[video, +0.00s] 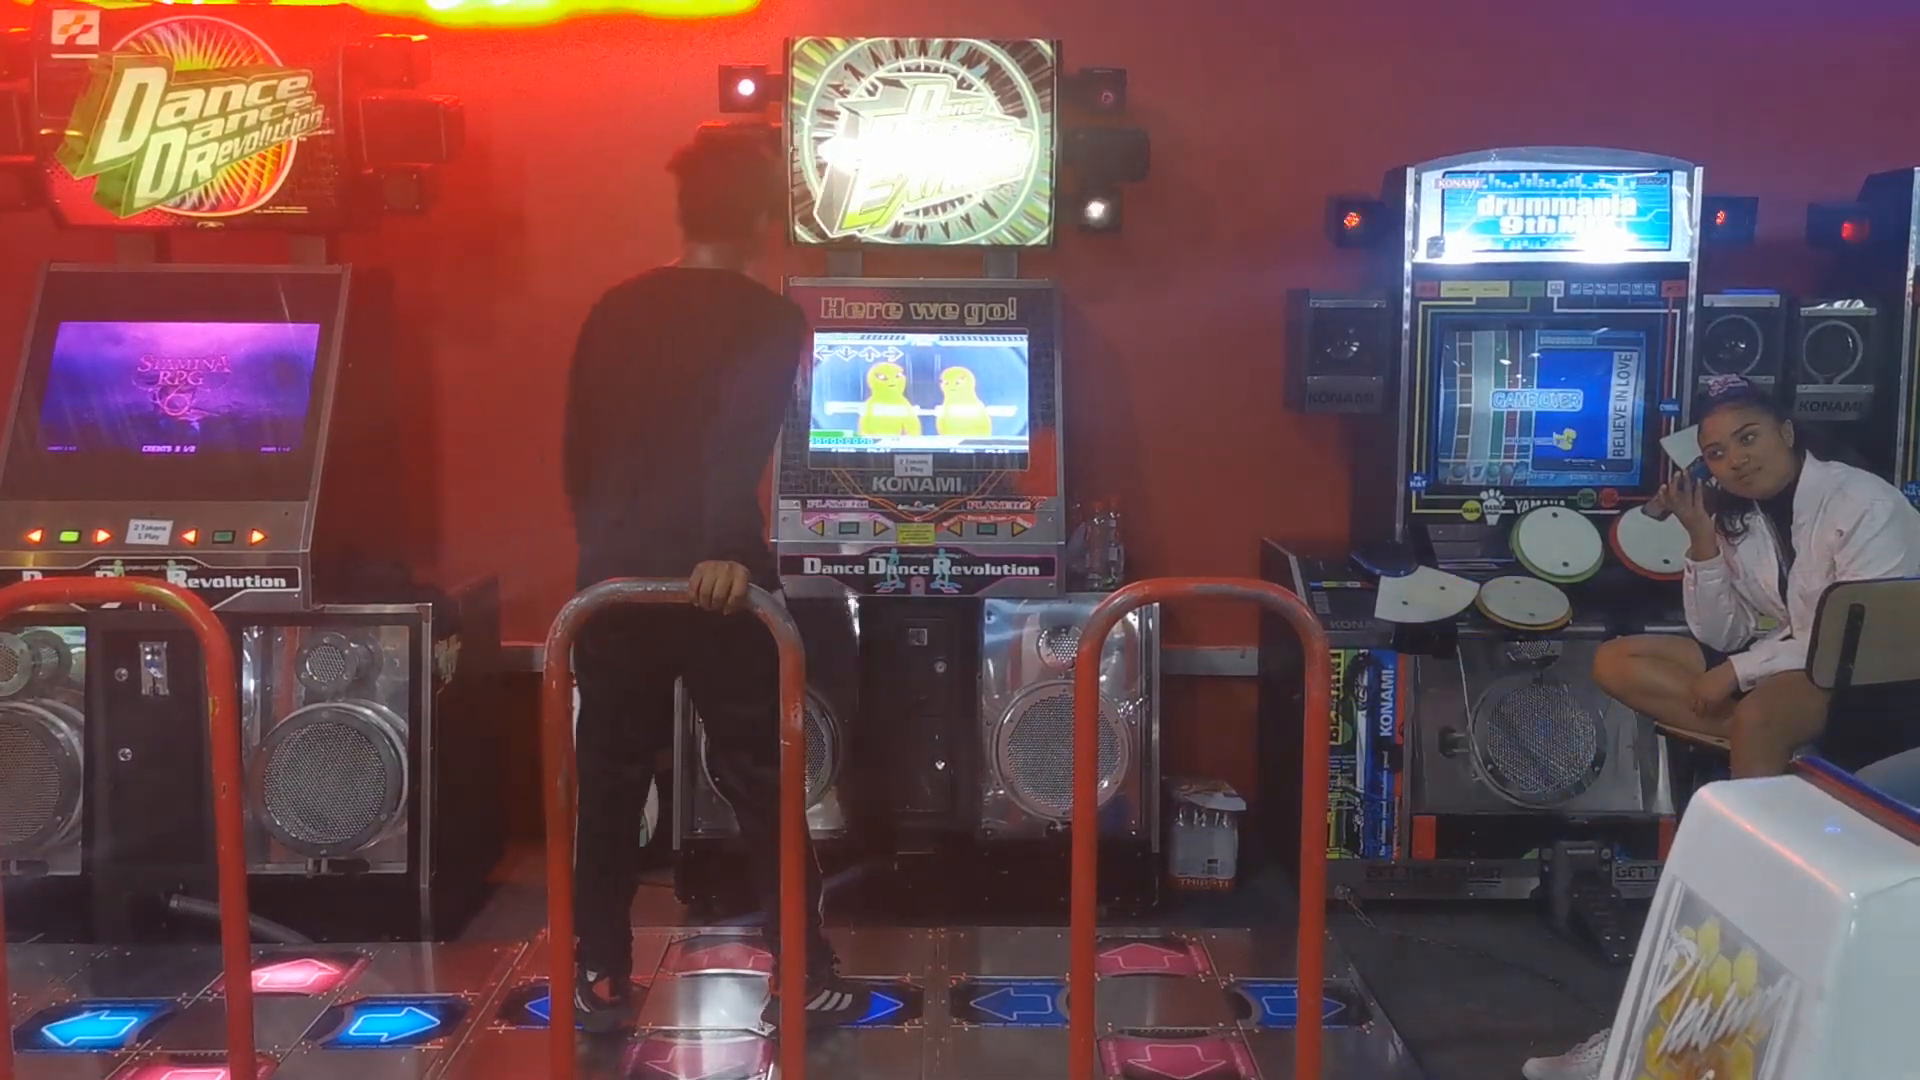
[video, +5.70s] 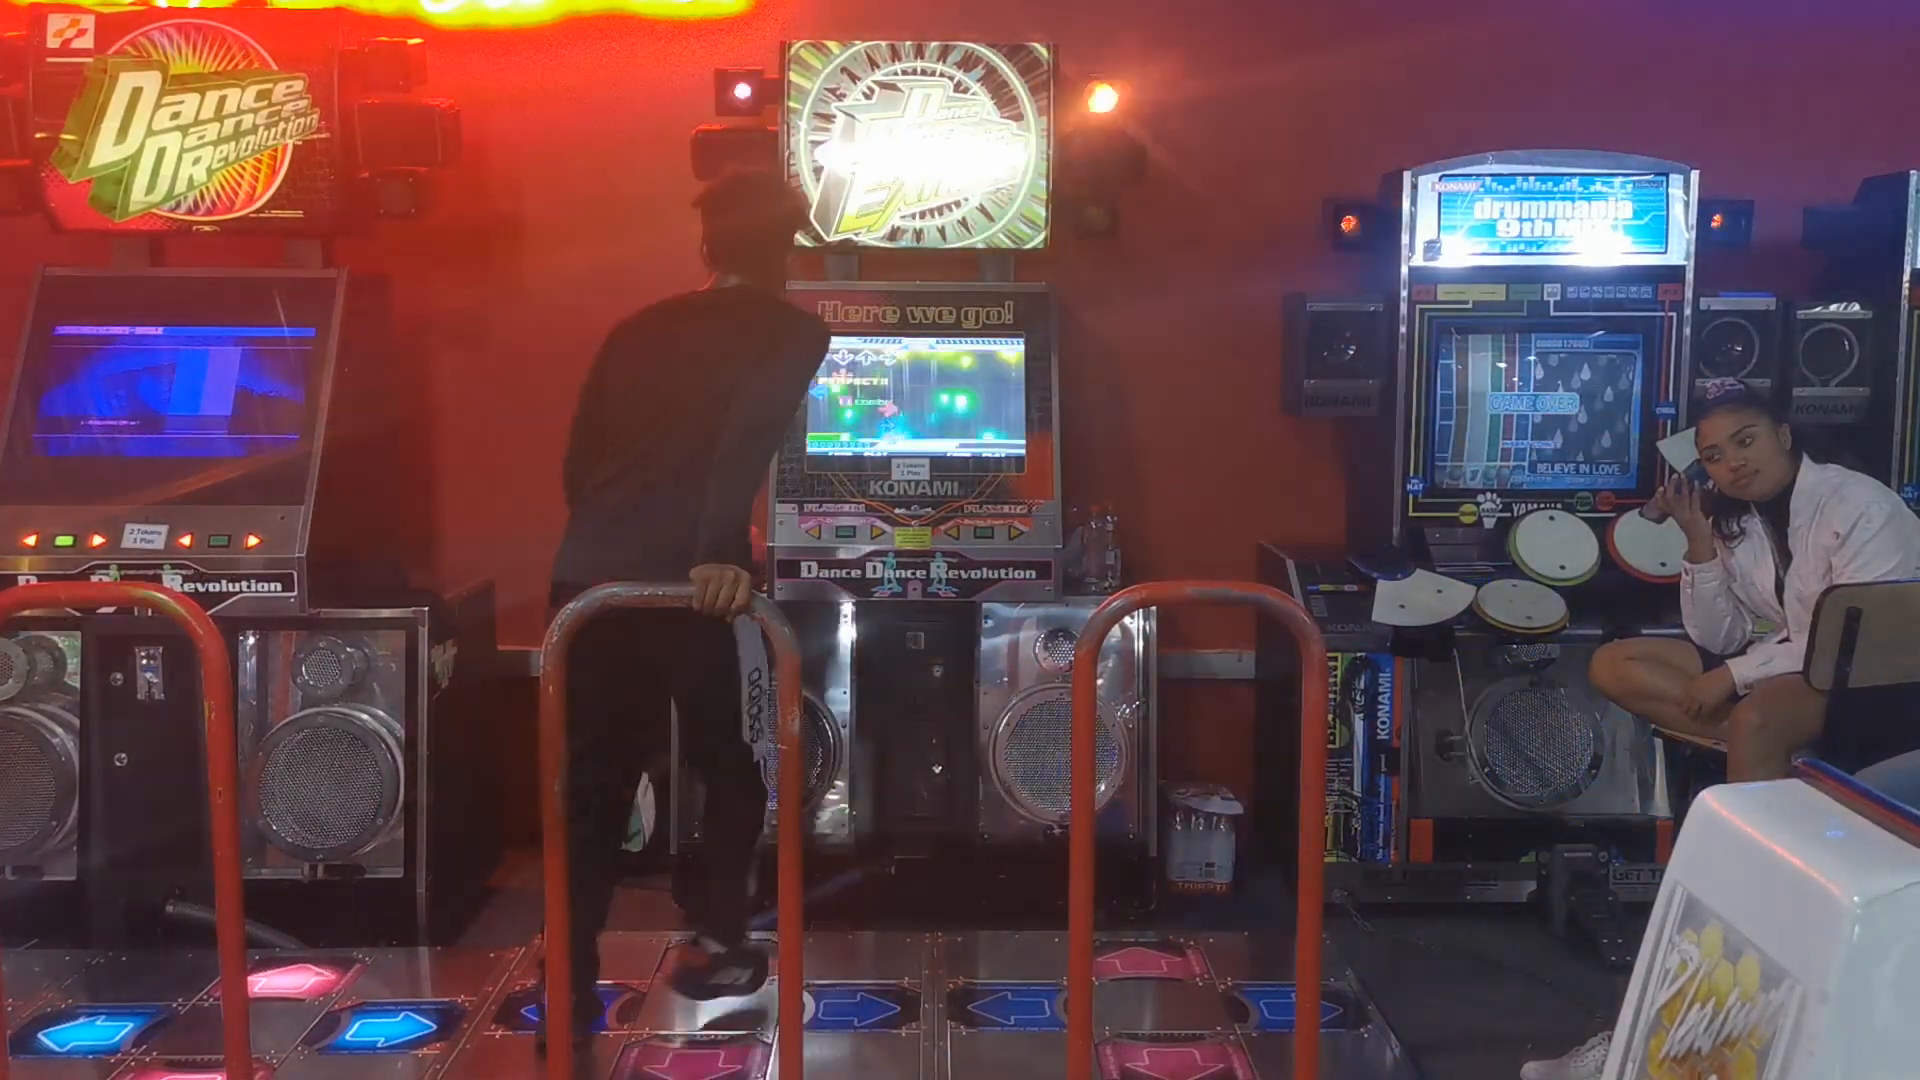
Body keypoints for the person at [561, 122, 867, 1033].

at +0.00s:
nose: (779, 226)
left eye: (775, 210)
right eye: (776, 210)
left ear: (683, 214)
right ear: (762, 217)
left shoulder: (616, 308)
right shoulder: (771, 317)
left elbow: (581, 447)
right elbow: (744, 431)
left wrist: (605, 543)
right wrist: (725, 534)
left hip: (616, 575)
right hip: (724, 578)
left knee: (611, 780)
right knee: (761, 771)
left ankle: (601, 976)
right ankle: (805, 973)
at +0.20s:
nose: (743, 223)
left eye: (737, 208)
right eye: (740, 210)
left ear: (656, 214)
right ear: (727, 218)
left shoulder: (591, 313)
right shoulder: (757, 319)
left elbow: (531, 446)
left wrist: (470, 561)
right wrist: (734, 541)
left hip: (607, 579)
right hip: (719, 581)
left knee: (601, 786)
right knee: (763, 778)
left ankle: (599, 980)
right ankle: (796, 968)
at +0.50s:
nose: (779, 220)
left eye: (774, 205)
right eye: (774, 206)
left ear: (686, 212)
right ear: (758, 215)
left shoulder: (626, 312)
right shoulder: (786, 318)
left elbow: (577, 452)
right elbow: (769, 444)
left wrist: (540, 578)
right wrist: (736, 545)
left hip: (640, 578)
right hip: (747, 582)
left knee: (625, 783)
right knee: (768, 782)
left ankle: (602, 974)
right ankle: (806, 970)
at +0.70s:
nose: (811, 221)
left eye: (804, 206)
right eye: (809, 208)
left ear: (723, 213)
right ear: (797, 215)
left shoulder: (659, 311)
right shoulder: (812, 318)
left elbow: (632, 447)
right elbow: (772, 432)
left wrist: (668, 533)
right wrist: (732, 544)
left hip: (662, 570)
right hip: (765, 575)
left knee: (639, 774)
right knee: (792, 782)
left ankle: (605, 971)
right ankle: (801, 979)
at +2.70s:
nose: (754, 247)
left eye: (743, 231)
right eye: (755, 234)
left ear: (670, 232)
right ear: (746, 240)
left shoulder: (593, 322)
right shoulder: (762, 336)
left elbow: (549, 469)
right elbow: (745, 442)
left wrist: (543, 592)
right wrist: (729, 546)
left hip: (603, 576)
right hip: (711, 582)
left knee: (599, 781)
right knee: (737, 756)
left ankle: (599, 979)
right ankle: (754, 919)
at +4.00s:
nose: (858, 237)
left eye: (846, 222)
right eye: (854, 224)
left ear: (770, 233)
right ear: (847, 234)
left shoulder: (702, 319)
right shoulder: (860, 325)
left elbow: (660, 459)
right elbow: (800, 434)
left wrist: (678, 568)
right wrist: (733, 545)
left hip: (695, 567)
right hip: (803, 560)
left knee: (676, 752)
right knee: (826, 764)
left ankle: (693, 949)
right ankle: (824, 974)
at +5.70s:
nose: (781, 260)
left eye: (760, 242)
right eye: (783, 245)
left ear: (710, 246)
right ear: (784, 247)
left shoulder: (637, 328)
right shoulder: (796, 331)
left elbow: (584, 455)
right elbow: (750, 431)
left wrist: (617, 535)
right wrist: (721, 542)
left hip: (593, 581)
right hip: (696, 584)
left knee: (595, 778)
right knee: (726, 763)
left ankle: (569, 977)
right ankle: (719, 947)